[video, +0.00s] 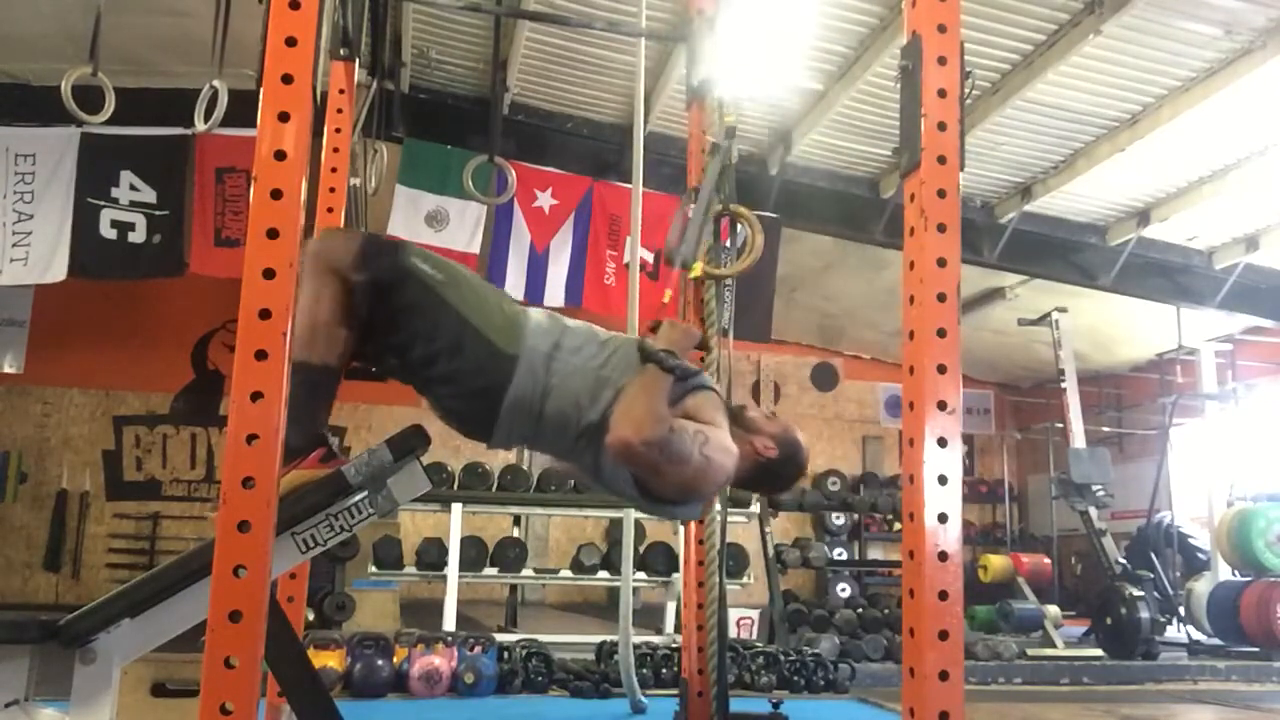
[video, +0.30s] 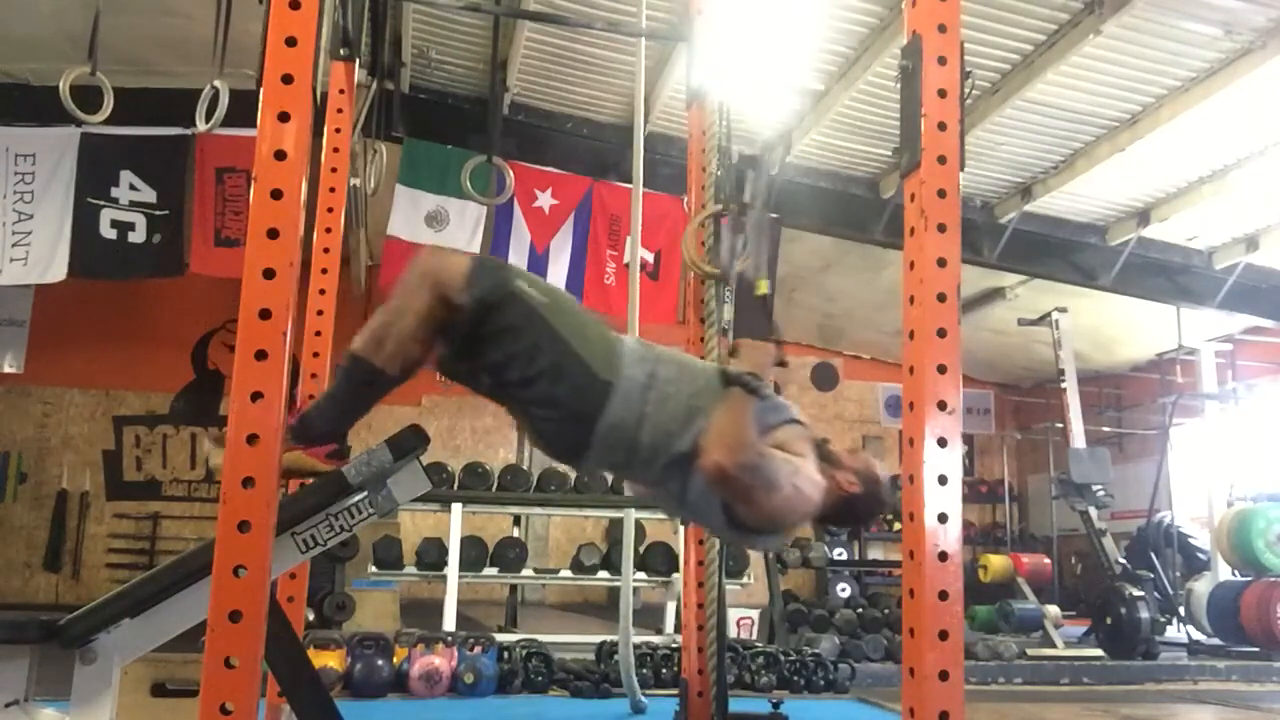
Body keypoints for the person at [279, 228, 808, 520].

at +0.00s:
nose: (762, 404)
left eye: (771, 418)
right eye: (774, 408)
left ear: (762, 449)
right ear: (760, 445)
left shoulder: (714, 459)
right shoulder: (707, 431)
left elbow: (634, 439)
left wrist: (669, 363)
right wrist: (669, 351)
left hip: (508, 363)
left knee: (333, 251)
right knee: (352, 295)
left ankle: (292, 420)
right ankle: (290, 417)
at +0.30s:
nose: (853, 455)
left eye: (860, 470)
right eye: (862, 457)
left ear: (847, 495)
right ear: (846, 460)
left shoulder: (798, 490)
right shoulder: (794, 449)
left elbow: (726, 456)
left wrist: (748, 386)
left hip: (600, 398)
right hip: (608, 373)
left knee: (443, 273)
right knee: (443, 283)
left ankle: (325, 422)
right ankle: (327, 417)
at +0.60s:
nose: (936, 469)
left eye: (946, 482)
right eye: (944, 471)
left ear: (937, 520)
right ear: (935, 493)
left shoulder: (889, 534)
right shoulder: (877, 476)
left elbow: (834, 480)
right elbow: (841, 440)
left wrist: (839, 402)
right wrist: (845, 390)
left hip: (702, 445)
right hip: (703, 409)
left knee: (539, 322)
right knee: (531, 336)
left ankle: (365, 414)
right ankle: (378, 410)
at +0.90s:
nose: (996, 493)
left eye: (1006, 505)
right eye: (1004, 490)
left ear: (997, 534)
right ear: (990, 489)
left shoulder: (948, 545)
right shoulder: (940, 495)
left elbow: (894, 490)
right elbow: (878, 460)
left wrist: (918, 418)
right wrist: (903, 412)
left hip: (770, 484)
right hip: (762, 457)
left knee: (591, 404)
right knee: (583, 395)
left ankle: (392, 423)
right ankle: (404, 418)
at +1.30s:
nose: (975, 571)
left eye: (984, 586)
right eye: (986, 568)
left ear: (974, 613)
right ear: (973, 561)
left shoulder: (921, 622)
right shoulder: (914, 565)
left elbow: (885, 515)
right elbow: (876, 497)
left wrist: (905, 445)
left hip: (755, 544)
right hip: (750, 503)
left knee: (595, 434)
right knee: (574, 429)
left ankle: (378, 410)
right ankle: (382, 420)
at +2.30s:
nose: (986, 467)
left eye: (995, 478)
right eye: (991, 463)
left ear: (989, 508)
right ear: (978, 460)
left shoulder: (939, 528)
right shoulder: (930, 469)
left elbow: (887, 486)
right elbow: (876, 464)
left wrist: (917, 408)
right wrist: (883, 398)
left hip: (754, 468)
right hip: (745, 454)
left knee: (570, 407)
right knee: (560, 407)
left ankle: (365, 414)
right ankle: (373, 416)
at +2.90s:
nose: (926, 448)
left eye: (937, 463)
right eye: (934, 449)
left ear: (933, 495)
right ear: (922, 457)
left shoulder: (887, 511)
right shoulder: (875, 462)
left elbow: (844, 477)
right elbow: (832, 427)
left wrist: (843, 396)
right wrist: (842, 382)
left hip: (709, 434)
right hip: (702, 414)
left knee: (538, 327)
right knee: (528, 353)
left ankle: (360, 415)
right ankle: (370, 416)